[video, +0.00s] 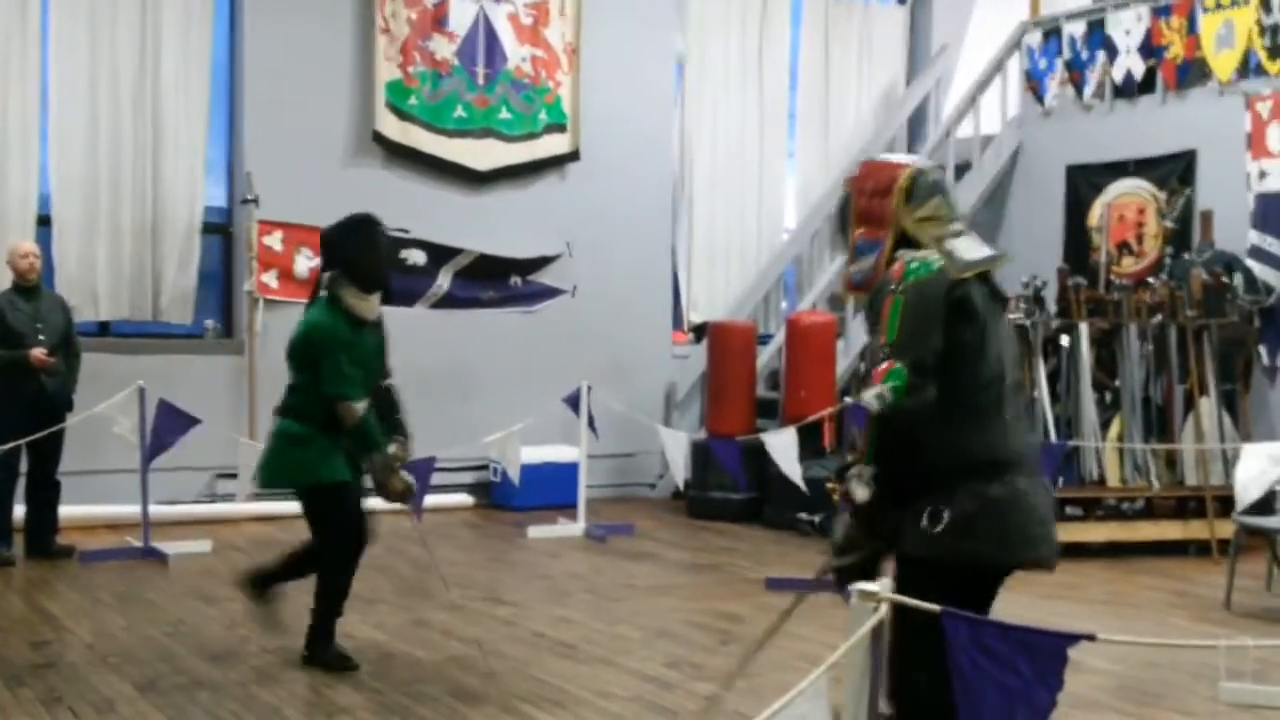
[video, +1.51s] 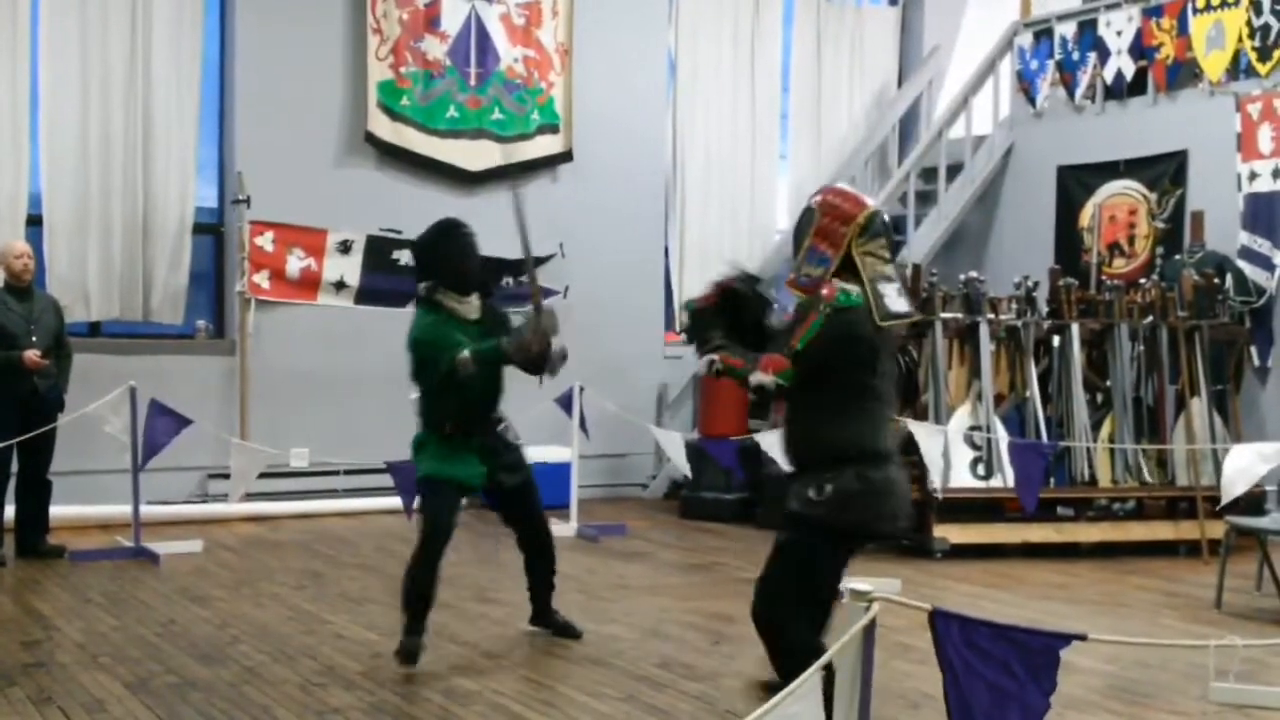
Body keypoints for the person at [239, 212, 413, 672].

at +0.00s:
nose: (385, 262)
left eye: (383, 254)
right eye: (377, 254)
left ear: (353, 264)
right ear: (355, 262)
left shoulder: (367, 317)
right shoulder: (323, 327)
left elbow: (379, 382)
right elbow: (345, 405)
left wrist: (396, 433)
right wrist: (377, 459)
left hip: (342, 445)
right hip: (308, 445)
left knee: (348, 536)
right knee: (342, 538)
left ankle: (265, 579)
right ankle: (319, 643)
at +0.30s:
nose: (466, 277)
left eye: (467, 268)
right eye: (457, 270)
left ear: (468, 277)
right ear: (435, 277)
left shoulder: (476, 329)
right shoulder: (409, 334)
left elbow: (487, 388)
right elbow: (412, 406)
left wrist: (479, 438)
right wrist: (431, 464)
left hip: (462, 454)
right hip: (414, 458)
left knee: (509, 535)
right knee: (388, 544)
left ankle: (538, 617)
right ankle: (332, 634)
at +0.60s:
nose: (510, 265)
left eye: (513, 258)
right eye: (501, 258)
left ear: (518, 265)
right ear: (481, 264)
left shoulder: (524, 316)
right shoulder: (459, 319)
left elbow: (540, 366)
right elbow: (483, 368)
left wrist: (558, 375)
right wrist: (531, 366)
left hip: (510, 431)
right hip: (461, 434)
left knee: (529, 524)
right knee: (450, 529)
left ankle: (550, 609)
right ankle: (461, 565)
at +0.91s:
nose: (514, 273)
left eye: (514, 265)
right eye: (504, 266)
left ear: (517, 269)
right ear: (481, 273)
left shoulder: (518, 320)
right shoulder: (468, 317)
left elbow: (546, 369)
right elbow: (507, 316)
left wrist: (548, 332)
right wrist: (547, 316)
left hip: (513, 434)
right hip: (468, 437)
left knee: (557, 514)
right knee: (474, 529)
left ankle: (565, 604)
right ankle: (477, 576)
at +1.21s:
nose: (528, 267)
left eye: (527, 259)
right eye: (520, 259)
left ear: (494, 266)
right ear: (500, 263)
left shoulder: (519, 307)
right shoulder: (478, 305)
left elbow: (545, 337)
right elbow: (511, 314)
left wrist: (548, 342)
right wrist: (533, 322)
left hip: (514, 426)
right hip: (469, 431)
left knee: (539, 525)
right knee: (479, 529)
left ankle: (539, 613)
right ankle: (476, 566)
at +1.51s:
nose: (476, 264)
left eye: (474, 255)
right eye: (465, 257)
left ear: (471, 260)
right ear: (442, 266)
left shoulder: (487, 314)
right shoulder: (428, 327)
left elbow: (518, 355)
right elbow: (455, 365)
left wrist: (541, 351)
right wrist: (508, 349)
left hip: (491, 437)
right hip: (444, 444)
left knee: (534, 528)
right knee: (435, 535)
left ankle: (542, 610)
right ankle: (413, 631)